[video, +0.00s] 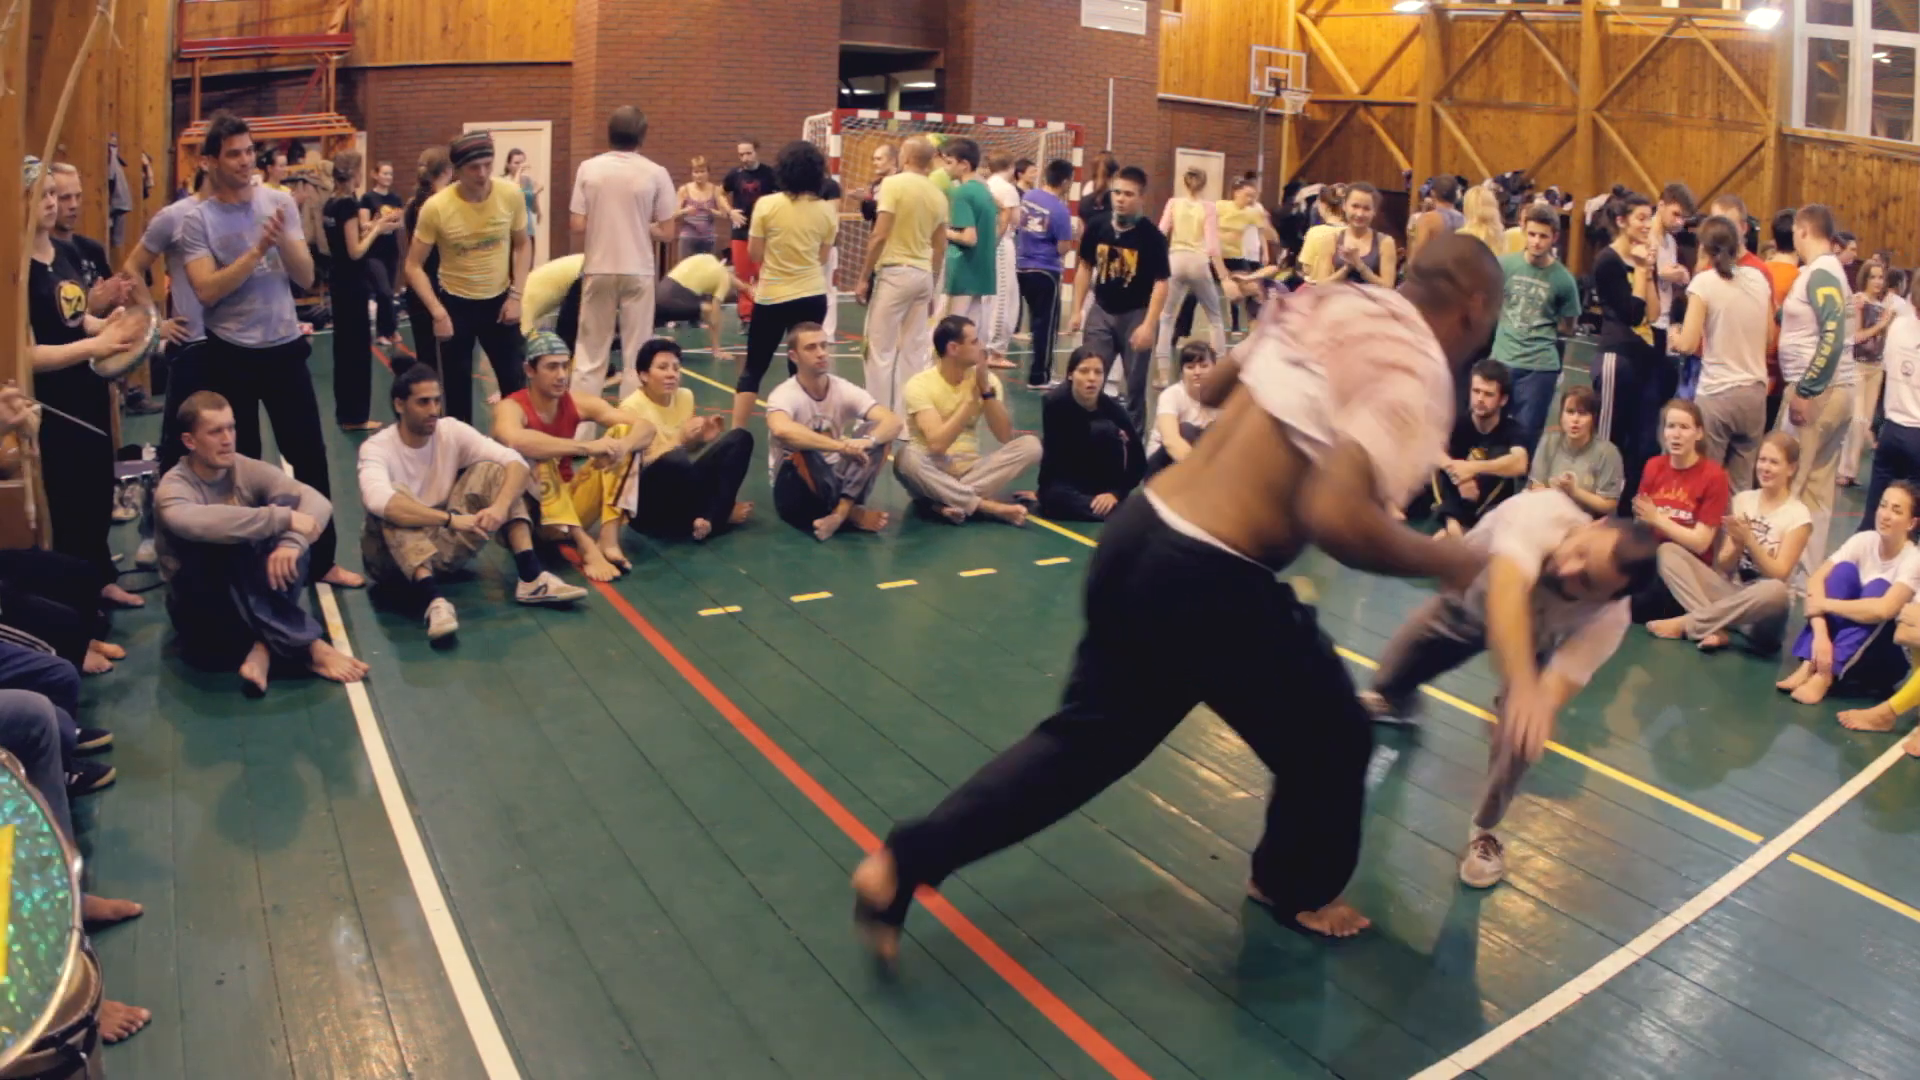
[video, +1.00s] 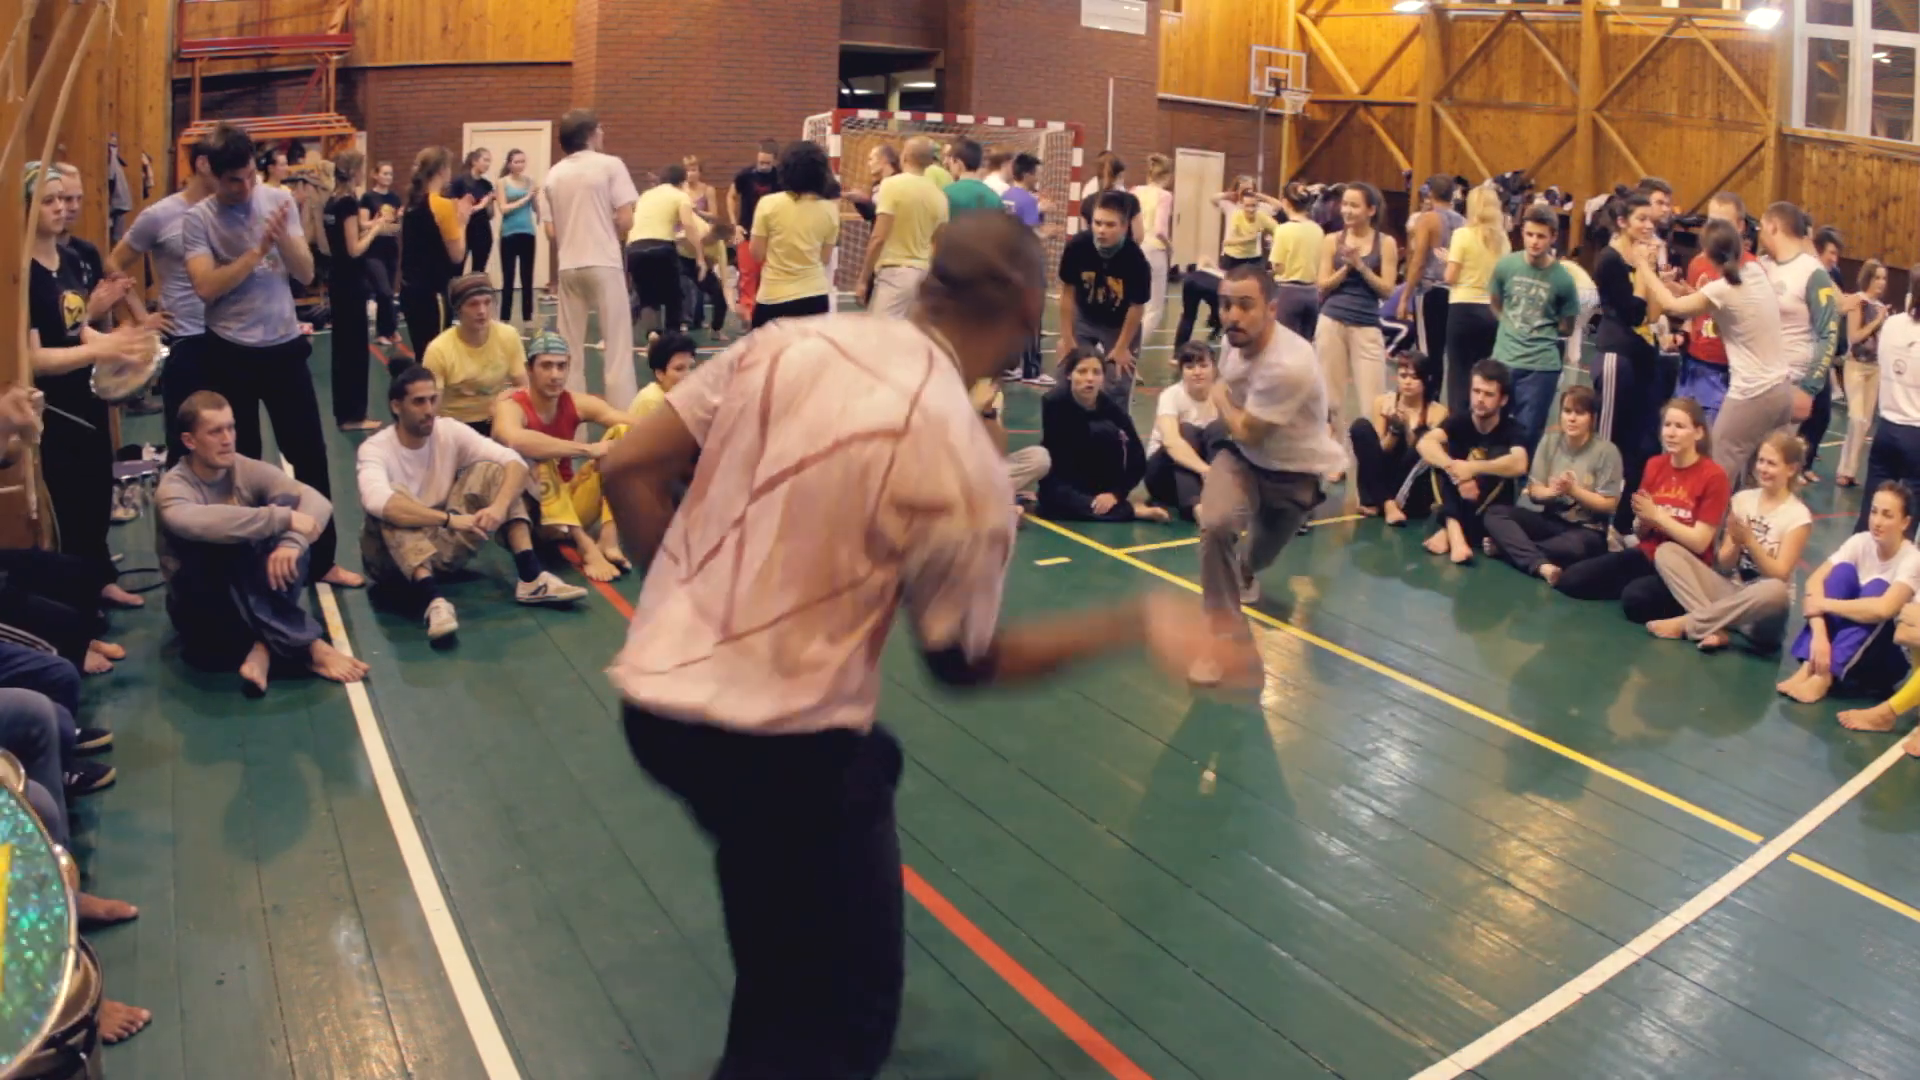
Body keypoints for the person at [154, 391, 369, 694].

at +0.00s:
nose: (228, 439)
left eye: (231, 429)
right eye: (216, 432)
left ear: (237, 429)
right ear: (189, 441)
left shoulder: (245, 468)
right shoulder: (174, 487)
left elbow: (317, 502)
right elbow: (192, 523)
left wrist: (292, 544)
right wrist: (283, 517)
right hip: (208, 616)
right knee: (214, 544)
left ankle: (264, 645)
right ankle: (310, 645)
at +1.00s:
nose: (228, 439)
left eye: (230, 429)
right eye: (215, 432)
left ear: (236, 429)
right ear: (189, 440)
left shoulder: (244, 469)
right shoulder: (174, 487)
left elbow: (317, 501)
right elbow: (192, 523)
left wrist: (292, 544)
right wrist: (283, 517)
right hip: (208, 612)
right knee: (213, 546)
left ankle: (264, 646)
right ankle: (310, 645)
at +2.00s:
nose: (229, 439)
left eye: (232, 429)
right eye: (217, 432)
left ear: (238, 429)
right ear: (190, 440)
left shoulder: (247, 469)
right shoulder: (174, 488)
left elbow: (317, 501)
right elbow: (197, 523)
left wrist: (292, 543)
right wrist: (284, 518)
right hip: (211, 611)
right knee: (212, 546)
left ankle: (265, 645)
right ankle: (310, 646)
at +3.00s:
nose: (229, 439)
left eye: (231, 429)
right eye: (216, 432)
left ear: (237, 429)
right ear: (190, 440)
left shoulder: (249, 470)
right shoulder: (175, 486)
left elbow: (317, 502)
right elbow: (192, 523)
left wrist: (292, 543)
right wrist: (284, 517)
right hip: (205, 601)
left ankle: (262, 645)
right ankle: (311, 645)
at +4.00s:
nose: (228, 440)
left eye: (230, 429)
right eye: (215, 433)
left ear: (237, 429)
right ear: (189, 440)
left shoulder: (247, 469)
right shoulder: (174, 487)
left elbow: (316, 501)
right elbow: (192, 523)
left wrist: (292, 543)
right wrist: (283, 517)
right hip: (209, 614)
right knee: (214, 546)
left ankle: (263, 645)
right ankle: (310, 645)